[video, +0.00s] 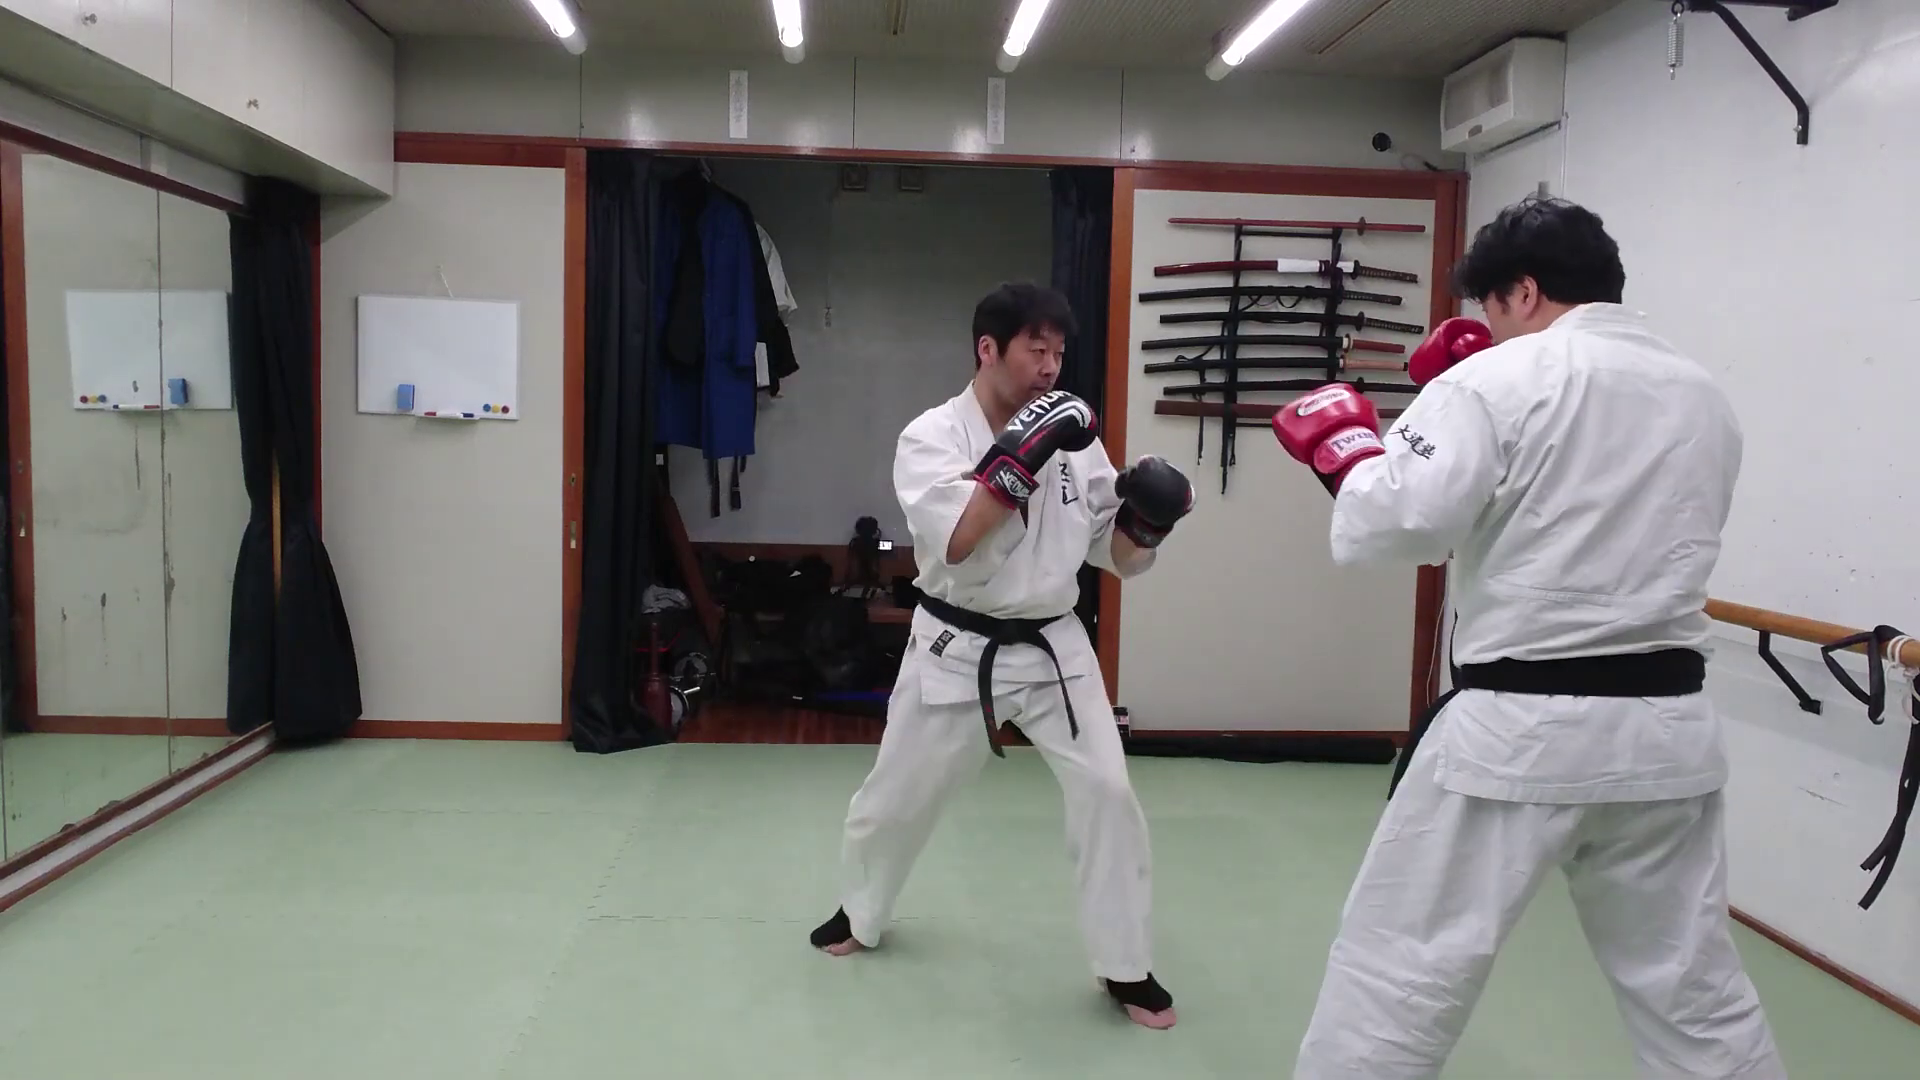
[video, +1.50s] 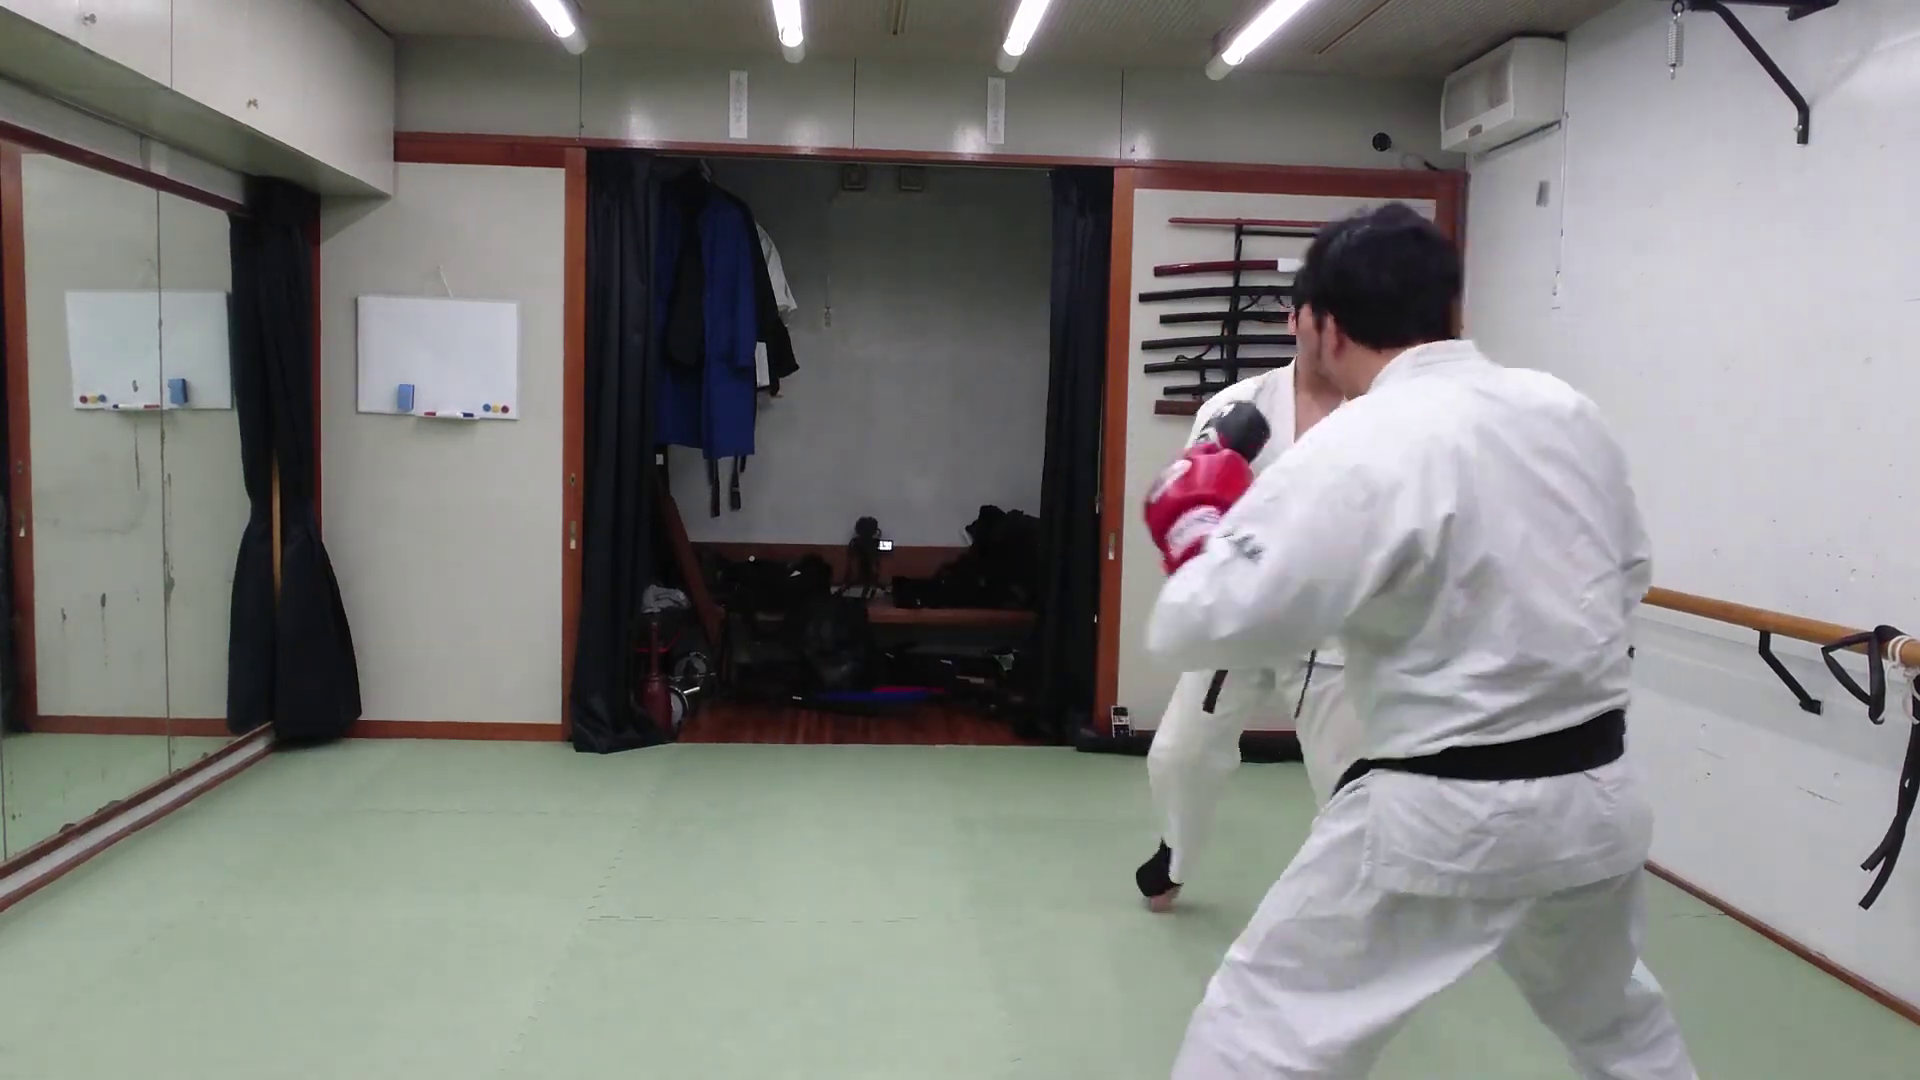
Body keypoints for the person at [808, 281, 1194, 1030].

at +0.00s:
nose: (1050, 366)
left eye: (1058, 353)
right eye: (1037, 349)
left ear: (1063, 361)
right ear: (988, 349)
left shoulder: (1074, 440)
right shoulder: (930, 437)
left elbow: (1119, 557)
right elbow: (955, 542)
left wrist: (1147, 521)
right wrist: (1023, 452)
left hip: (1054, 640)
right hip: (950, 640)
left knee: (1108, 789)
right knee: (892, 800)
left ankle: (1126, 966)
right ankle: (861, 911)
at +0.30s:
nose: (1100, 355)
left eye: (1112, 341)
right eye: (1083, 340)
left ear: (1125, 347)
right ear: (1044, 345)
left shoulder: (1158, 420)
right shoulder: (995, 433)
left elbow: (1263, 439)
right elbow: (926, 541)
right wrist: (956, 485)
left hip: (1118, 642)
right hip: (1020, 635)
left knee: (1169, 819)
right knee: (948, 768)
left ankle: (1246, 979)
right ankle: (882, 893)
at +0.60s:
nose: (1204, 334)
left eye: (1216, 320)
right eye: (1186, 319)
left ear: (1229, 328)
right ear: (1150, 327)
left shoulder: (1263, 417)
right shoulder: (1104, 412)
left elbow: (1354, 523)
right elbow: (1060, 523)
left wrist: (1321, 521)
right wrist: (1108, 459)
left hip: (1209, 627)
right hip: (1115, 618)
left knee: (1214, 800)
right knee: (1090, 751)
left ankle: (1253, 979)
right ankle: (1103, 854)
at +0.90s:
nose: (1259, 360)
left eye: (1273, 345)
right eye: (1246, 343)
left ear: (1287, 341)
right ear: (1212, 329)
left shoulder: (1287, 398)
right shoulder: (1159, 391)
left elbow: (1348, 451)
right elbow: (1085, 470)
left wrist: (1356, 385)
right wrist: (1141, 401)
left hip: (1231, 598)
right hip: (1143, 591)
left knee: (1229, 755)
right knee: (1134, 738)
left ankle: (1233, 896)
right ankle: (1132, 847)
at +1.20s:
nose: (1280, 350)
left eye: (1293, 336)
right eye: (1265, 332)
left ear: (1307, 338)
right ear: (1233, 330)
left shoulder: (1328, 417)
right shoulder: (1180, 407)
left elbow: (1347, 508)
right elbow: (1131, 513)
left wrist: (1351, 534)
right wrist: (1178, 506)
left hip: (1271, 606)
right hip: (1180, 599)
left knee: (1288, 757)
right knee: (1145, 739)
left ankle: (1309, 913)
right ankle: (1133, 858)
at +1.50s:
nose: (1312, 334)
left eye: (1319, 319)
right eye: (1310, 317)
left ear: (1340, 329)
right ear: (1295, 322)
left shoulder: (1387, 419)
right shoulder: (1237, 409)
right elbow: (1184, 502)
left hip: (1336, 629)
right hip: (1237, 620)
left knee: (1348, 775)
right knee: (1176, 755)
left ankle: (1364, 915)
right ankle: (1175, 852)